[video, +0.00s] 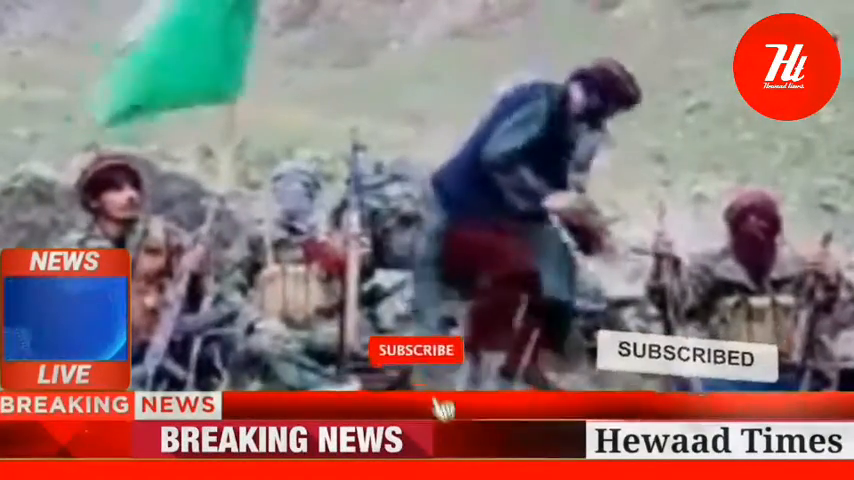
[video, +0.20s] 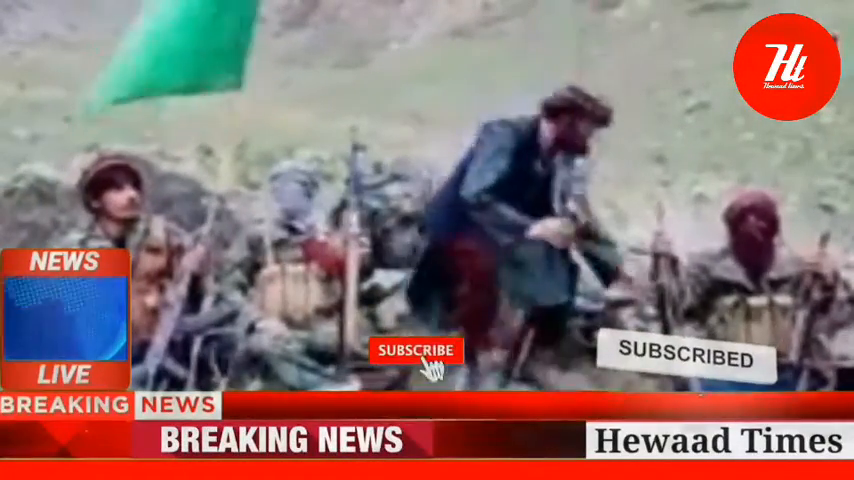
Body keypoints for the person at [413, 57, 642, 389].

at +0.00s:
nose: (604, 118)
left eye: (610, 112)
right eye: (606, 108)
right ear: (589, 92)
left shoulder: (569, 130)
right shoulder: (542, 103)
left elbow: (551, 186)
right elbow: (496, 156)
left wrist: (579, 223)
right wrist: (547, 199)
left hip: (507, 224)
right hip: (467, 220)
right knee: (513, 271)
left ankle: (521, 366)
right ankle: (474, 358)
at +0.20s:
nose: (589, 141)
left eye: (591, 132)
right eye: (588, 130)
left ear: (568, 123)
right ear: (567, 120)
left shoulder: (555, 162)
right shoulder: (504, 136)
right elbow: (475, 196)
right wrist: (532, 227)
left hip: (504, 237)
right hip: (459, 231)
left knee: (561, 274)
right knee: (480, 264)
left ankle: (519, 366)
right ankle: (468, 364)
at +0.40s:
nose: (562, 199)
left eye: (564, 192)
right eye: (557, 190)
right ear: (536, 184)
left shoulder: (552, 213)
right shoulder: (486, 194)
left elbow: (585, 256)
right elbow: (454, 249)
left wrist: (629, 297)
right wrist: (510, 278)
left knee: (559, 271)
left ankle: (536, 358)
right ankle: (463, 364)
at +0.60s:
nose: (537, 222)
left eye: (541, 214)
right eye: (530, 214)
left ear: (543, 211)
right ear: (509, 208)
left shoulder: (540, 228)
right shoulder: (476, 218)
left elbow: (581, 261)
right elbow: (444, 263)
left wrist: (631, 297)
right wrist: (502, 297)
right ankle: (456, 367)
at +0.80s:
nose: (505, 215)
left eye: (510, 206)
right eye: (497, 206)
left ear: (516, 204)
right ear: (475, 203)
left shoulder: (523, 229)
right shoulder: (457, 219)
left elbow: (558, 264)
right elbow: (437, 243)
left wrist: (609, 295)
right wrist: (484, 259)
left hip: (512, 301)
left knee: (551, 288)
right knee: (434, 280)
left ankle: (526, 358)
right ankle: (454, 366)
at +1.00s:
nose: (506, 213)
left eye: (511, 205)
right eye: (498, 204)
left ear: (517, 204)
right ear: (476, 201)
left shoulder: (521, 232)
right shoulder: (449, 222)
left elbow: (559, 262)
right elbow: (426, 241)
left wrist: (610, 294)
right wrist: (475, 250)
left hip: (503, 314)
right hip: (458, 313)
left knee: (551, 282)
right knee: (442, 274)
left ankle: (526, 359)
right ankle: (451, 365)